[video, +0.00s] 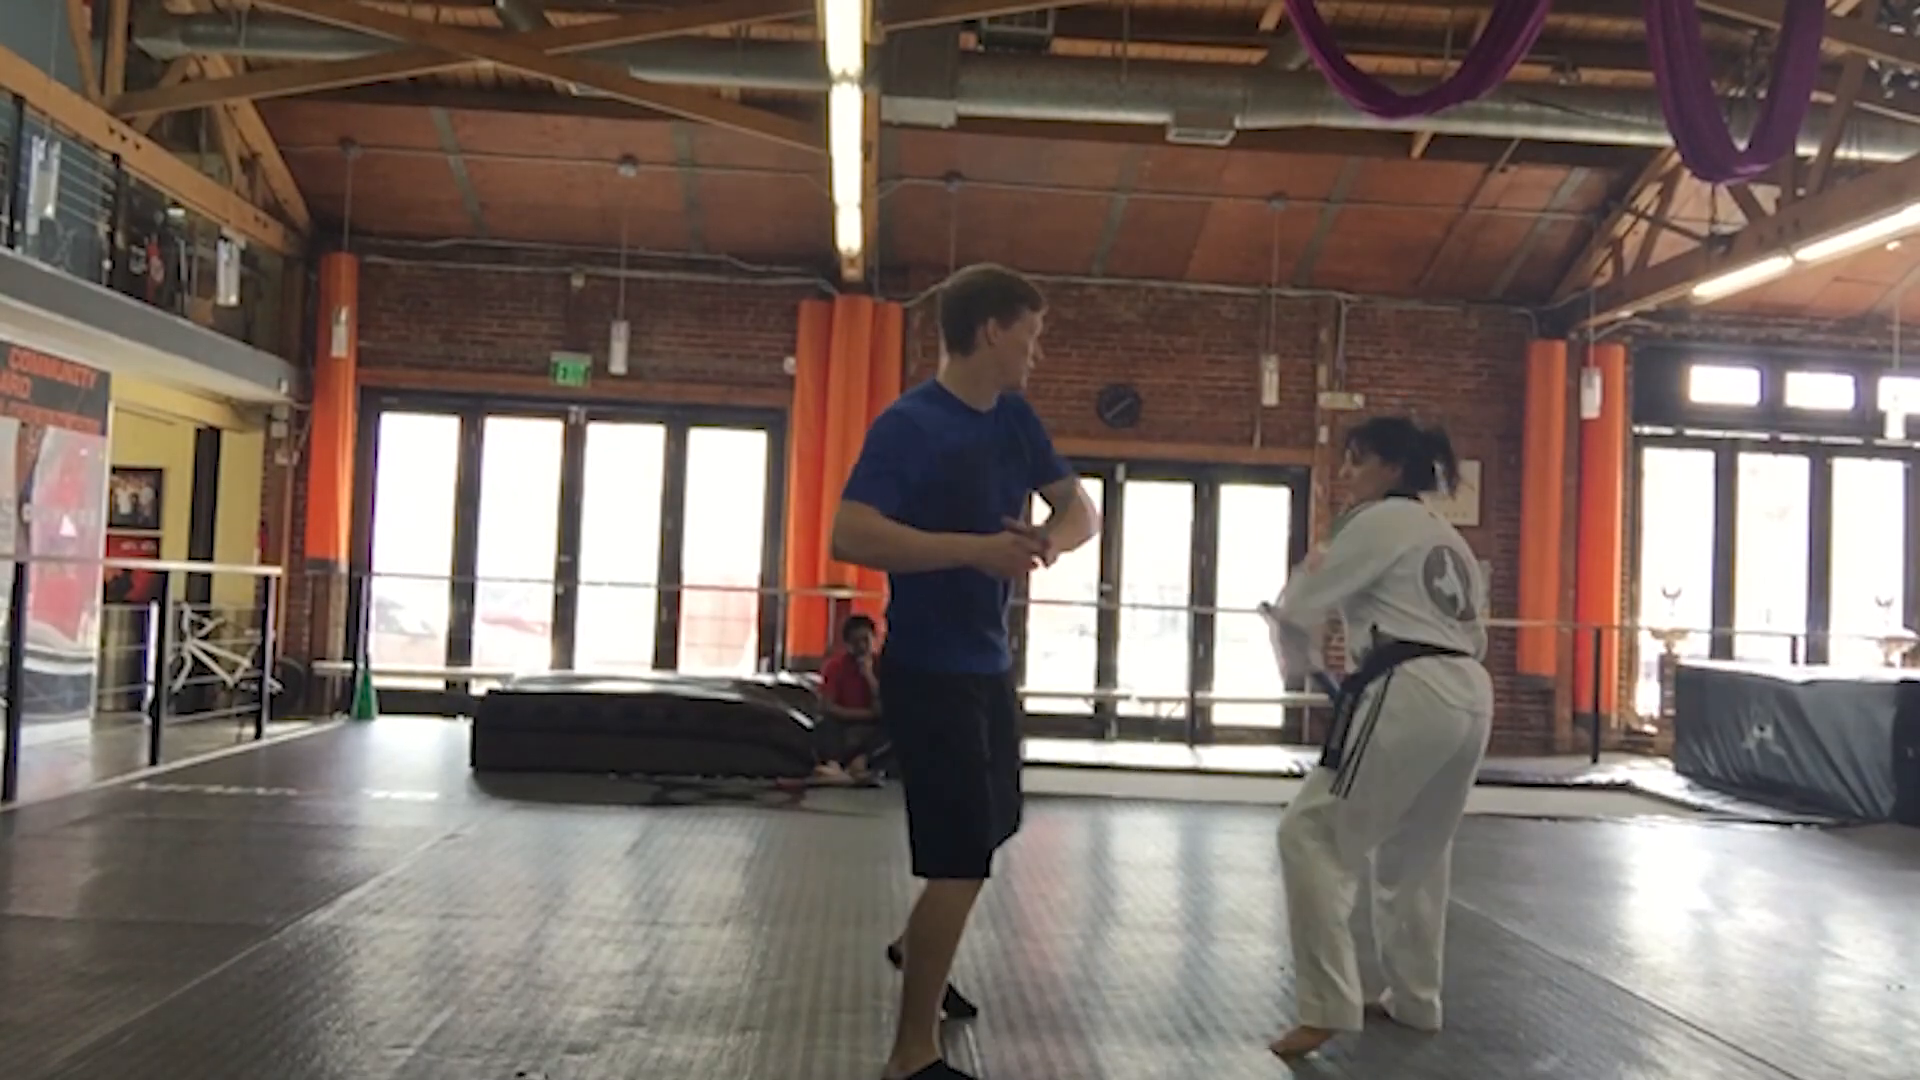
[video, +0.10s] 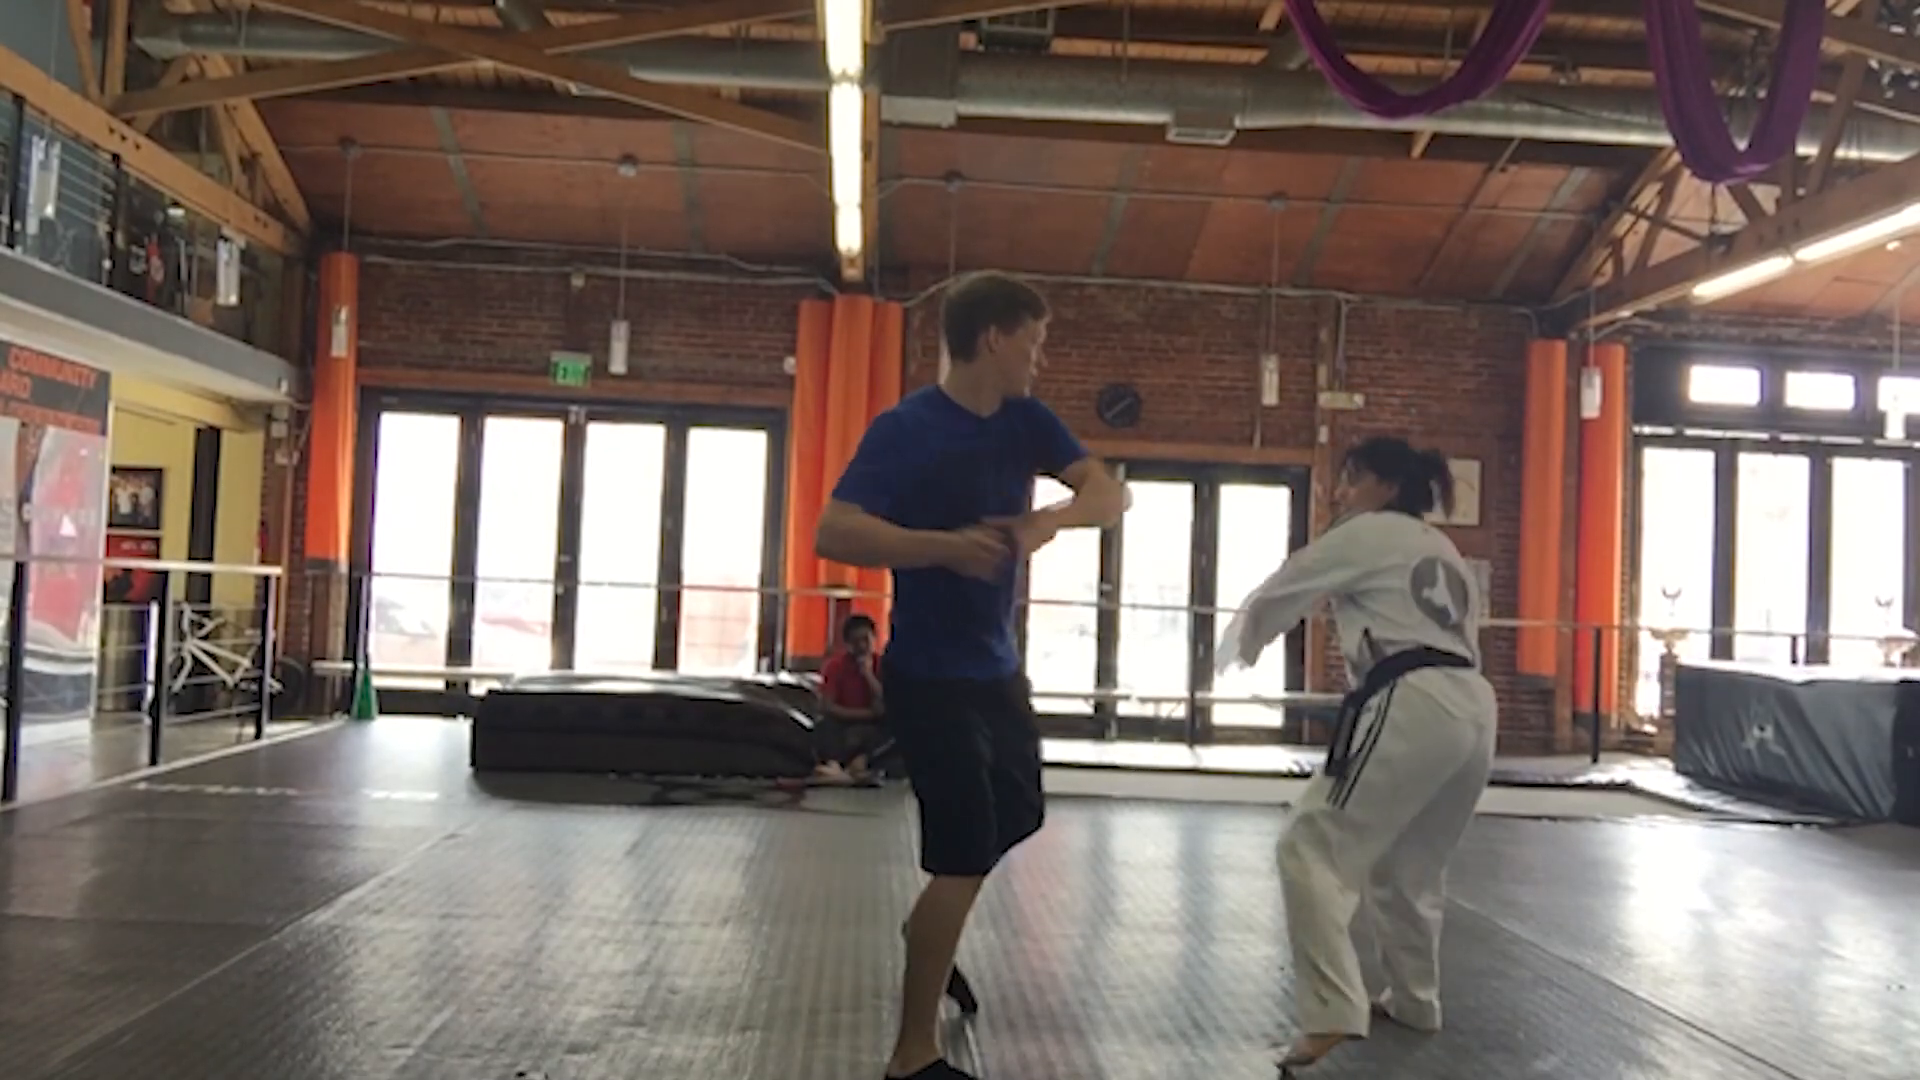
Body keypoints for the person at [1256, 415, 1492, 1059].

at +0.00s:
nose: (1345, 473)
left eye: (1357, 462)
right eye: (1347, 460)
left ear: (1394, 469)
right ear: (1411, 475)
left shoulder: (1382, 520)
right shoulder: (1449, 535)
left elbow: (1297, 607)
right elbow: (1454, 634)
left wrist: (1304, 668)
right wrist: (1365, 663)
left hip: (1413, 688)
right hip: (1470, 693)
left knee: (1313, 834)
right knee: (1416, 853)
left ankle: (1326, 1008)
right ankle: (1415, 1001)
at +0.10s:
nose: (1340, 492)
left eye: (1351, 481)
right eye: (1343, 480)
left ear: (1384, 486)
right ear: (1410, 493)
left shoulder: (1367, 532)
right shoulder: (1451, 551)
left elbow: (1271, 598)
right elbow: (1457, 635)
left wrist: (1236, 650)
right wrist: (1372, 670)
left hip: (1414, 702)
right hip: (1476, 707)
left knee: (1313, 846)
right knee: (1411, 867)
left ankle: (1332, 1011)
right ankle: (1415, 1001)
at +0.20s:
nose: (1333, 518)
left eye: (1343, 506)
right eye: (1335, 506)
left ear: (1377, 509)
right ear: (1400, 513)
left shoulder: (1357, 551)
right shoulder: (1438, 567)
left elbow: (1254, 582)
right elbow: (1481, 650)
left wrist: (1186, 617)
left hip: (1406, 715)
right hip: (1468, 721)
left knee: (1335, 866)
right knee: (1405, 872)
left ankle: (1350, 1019)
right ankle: (1412, 1003)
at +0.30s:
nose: (1324, 531)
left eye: (1335, 519)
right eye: (1327, 518)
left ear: (1369, 526)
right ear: (1394, 532)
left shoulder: (1338, 565)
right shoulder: (1428, 585)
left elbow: (1238, 572)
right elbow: (1490, 656)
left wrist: (1179, 611)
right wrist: (1436, 699)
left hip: (1397, 734)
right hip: (1459, 739)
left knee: (1347, 887)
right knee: (1391, 880)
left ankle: (1362, 1056)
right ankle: (1414, 1001)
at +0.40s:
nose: (1314, 527)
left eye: (1324, 514)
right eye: (1316, 515)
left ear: (1361, 520)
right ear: (1373, 524)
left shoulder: (1351, 565)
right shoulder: (1398, 574)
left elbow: (1307, 593)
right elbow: (1429, 653)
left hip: (1395, 743)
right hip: (1430, 741)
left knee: (1333, 907)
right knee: (1366, 884)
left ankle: (1378, 1068)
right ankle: (1410, 999)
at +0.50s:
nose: (1303, 508)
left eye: (1315, 496)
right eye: (1303, 496)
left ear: (1357, 503)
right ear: (1328, 506)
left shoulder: (1393, 563)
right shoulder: (1327, 595)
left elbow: (1472, 618)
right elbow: (1266, 664)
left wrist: (1385, 658)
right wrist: (1190, 666)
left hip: (1410, 757)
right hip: (1356, 763)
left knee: (1335, 902)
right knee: (1308, 869)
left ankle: (1365, 1070)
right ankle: (1390, 968)